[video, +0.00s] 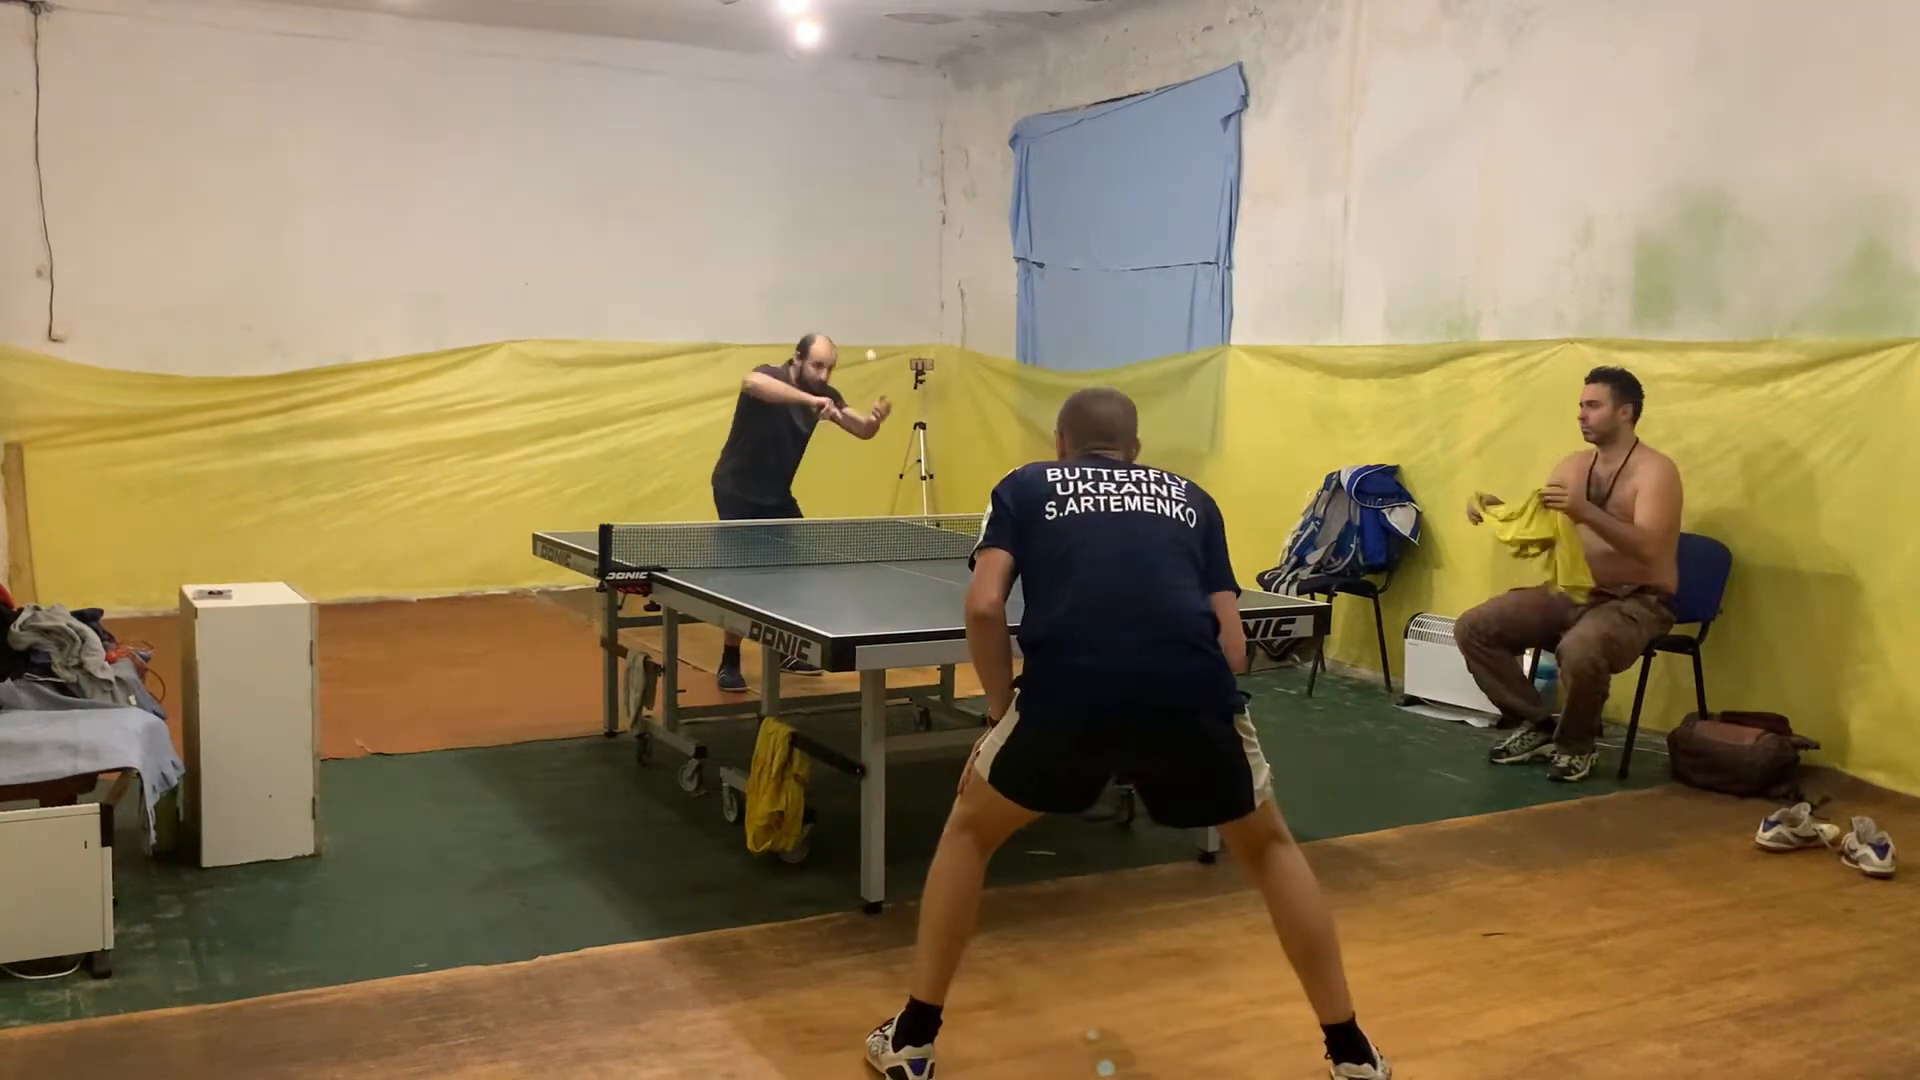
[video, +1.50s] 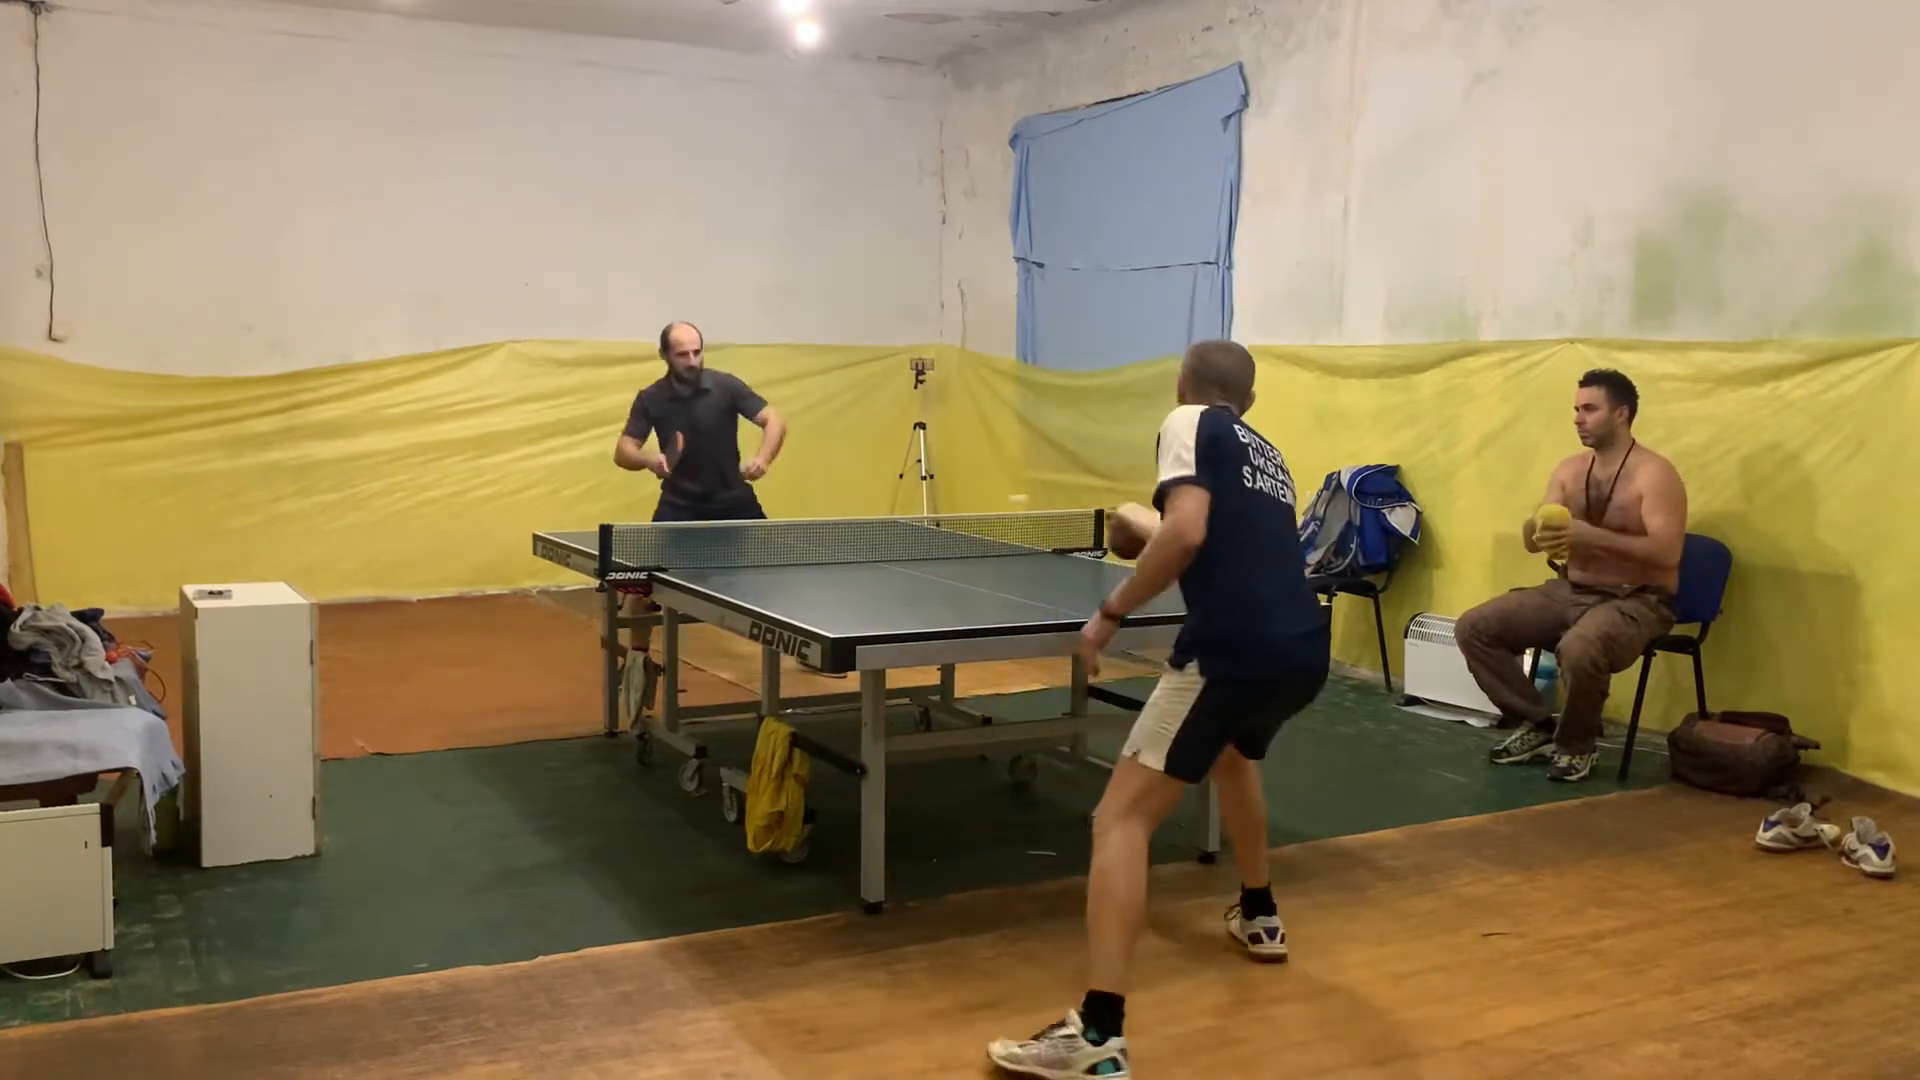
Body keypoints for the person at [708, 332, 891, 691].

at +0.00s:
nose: (824, 373)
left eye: (829, 367)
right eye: (818, 365)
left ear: (833, 367)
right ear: (797, 359)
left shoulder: (825, 395)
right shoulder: (771, 376)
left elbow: (863, 430)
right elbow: (752, 383)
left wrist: (876, 419)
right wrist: (808, 399)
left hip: (778, 496)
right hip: (737, 492)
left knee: (801, 567)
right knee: (744, 574)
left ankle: (787, 648)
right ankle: (731, 660)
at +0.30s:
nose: (818, 362)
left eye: (822, 356)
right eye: (812, 354)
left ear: (824, 354)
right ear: (789, 347)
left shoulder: (809, 381)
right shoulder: (759, 372)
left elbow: (829, 425)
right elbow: (786, 409)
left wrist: (849, 456)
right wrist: (821, 389)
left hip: (776, 483)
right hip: (739, 479)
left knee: (794, 559)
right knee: (748, 560)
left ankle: (787, 646)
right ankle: (719, 644)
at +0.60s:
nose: (799, 398)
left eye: (805, 391)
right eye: (795, 389)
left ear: (808, 388)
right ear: (774, 378)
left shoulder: (790, 409)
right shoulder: (742, 383)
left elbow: (805, 443)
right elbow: (709, 385)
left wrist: (820, 485)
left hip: (755, 495)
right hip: (716, 493)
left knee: (792, 559)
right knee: (723, 567)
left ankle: (787, 647)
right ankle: (691, 643)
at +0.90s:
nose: (744, 333)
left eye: (748, 326)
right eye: (736, 326)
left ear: (754, 325)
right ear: (717, 325)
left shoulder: (754, 360)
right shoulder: (688, 352)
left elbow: (767, 407)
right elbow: (633, 376)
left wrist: (760, 453)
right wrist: (648, 399)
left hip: (731, 474)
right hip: (685, 473)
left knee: (759, 549)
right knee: (676, 553)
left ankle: (760, 635)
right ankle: (660, 650)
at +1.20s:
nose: (701, 356)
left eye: (706, 348)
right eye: (692, 349)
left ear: (712, 347)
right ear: (673, 351)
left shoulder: (726, 388)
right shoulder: (651, 392)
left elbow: (756, 435)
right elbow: (618, 444)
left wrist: (749, 474)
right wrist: (648, 461)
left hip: (715, 505)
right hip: (661, 508)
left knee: (760, 568)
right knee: (630, 584)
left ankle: (782, 648)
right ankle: (602, 660)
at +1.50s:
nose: (692, 362)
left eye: (697, 353)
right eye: (682, 355)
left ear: (703, 350)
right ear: (665, 356)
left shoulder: (726, 386)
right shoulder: (651, 399)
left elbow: (774, 422)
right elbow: (622, 454)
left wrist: (762, 459)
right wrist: (650, 460)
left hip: (734, 505)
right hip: (678, 508)